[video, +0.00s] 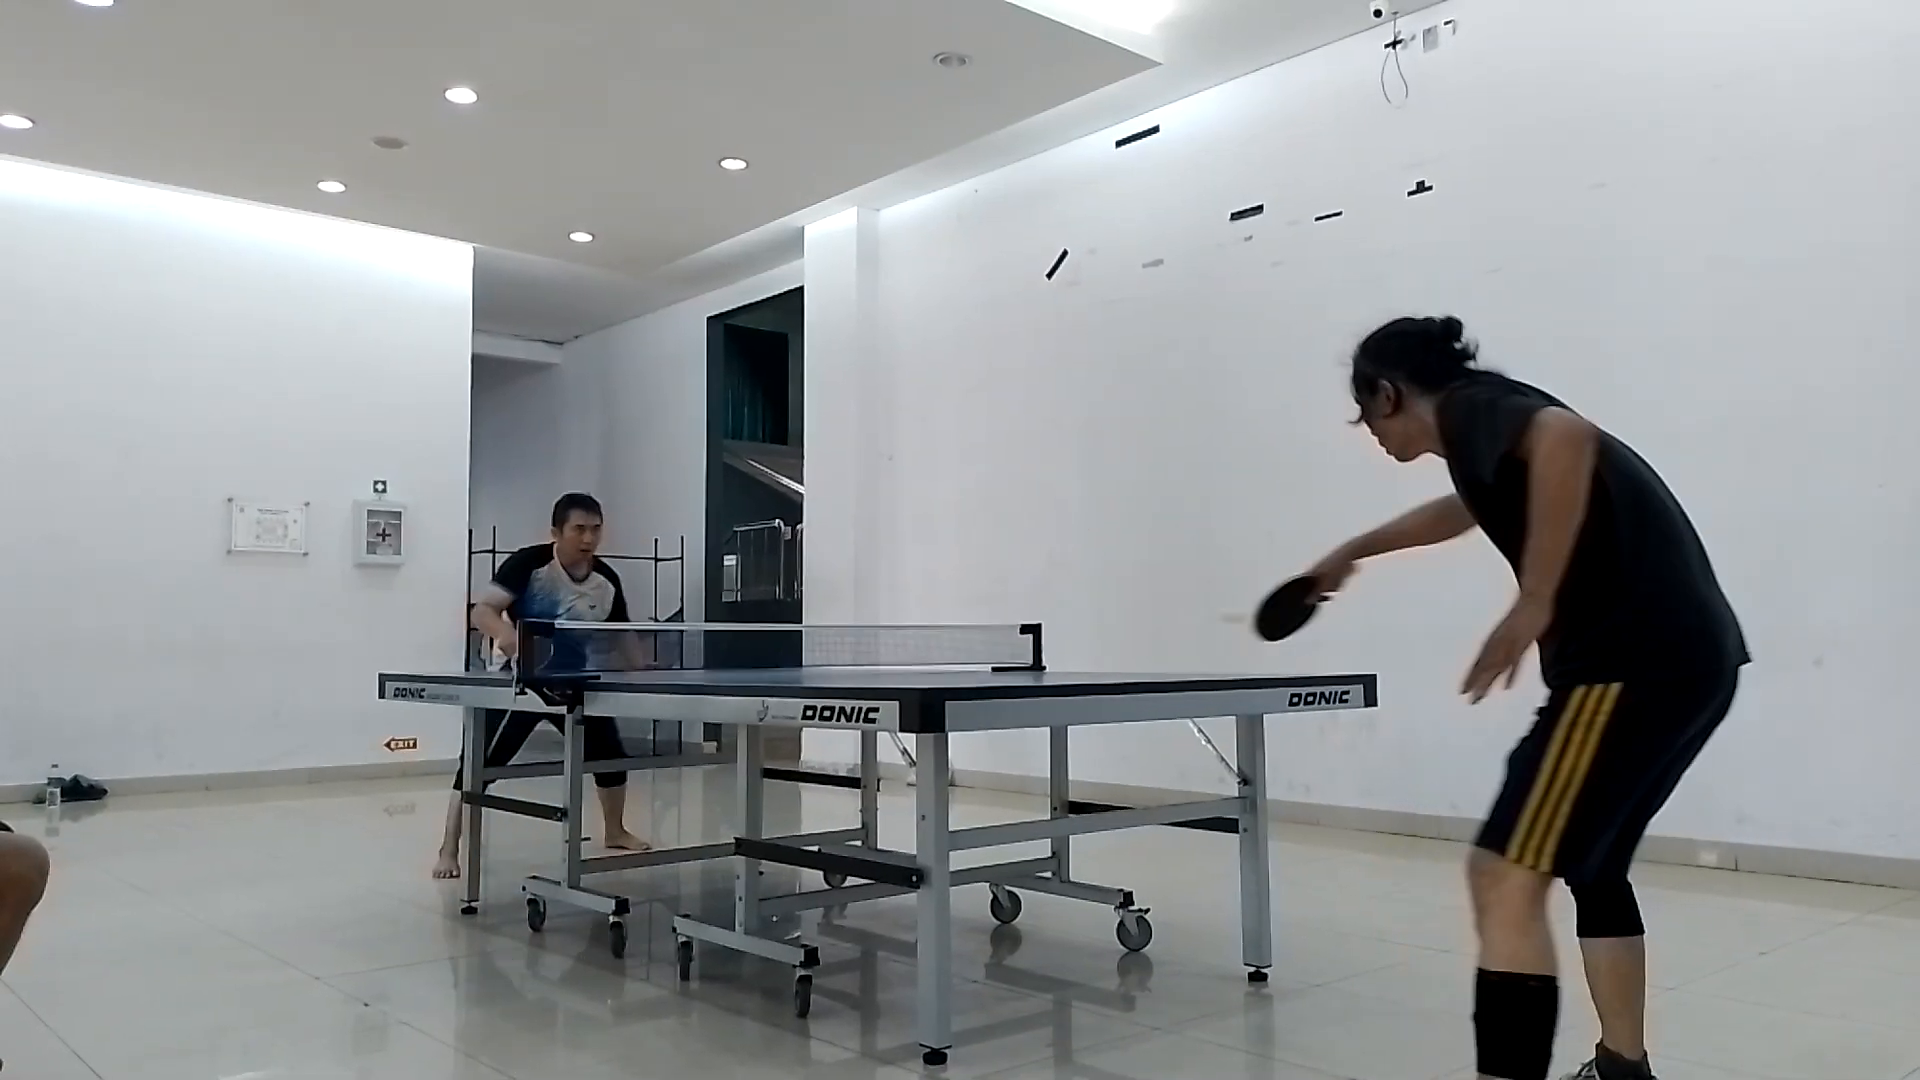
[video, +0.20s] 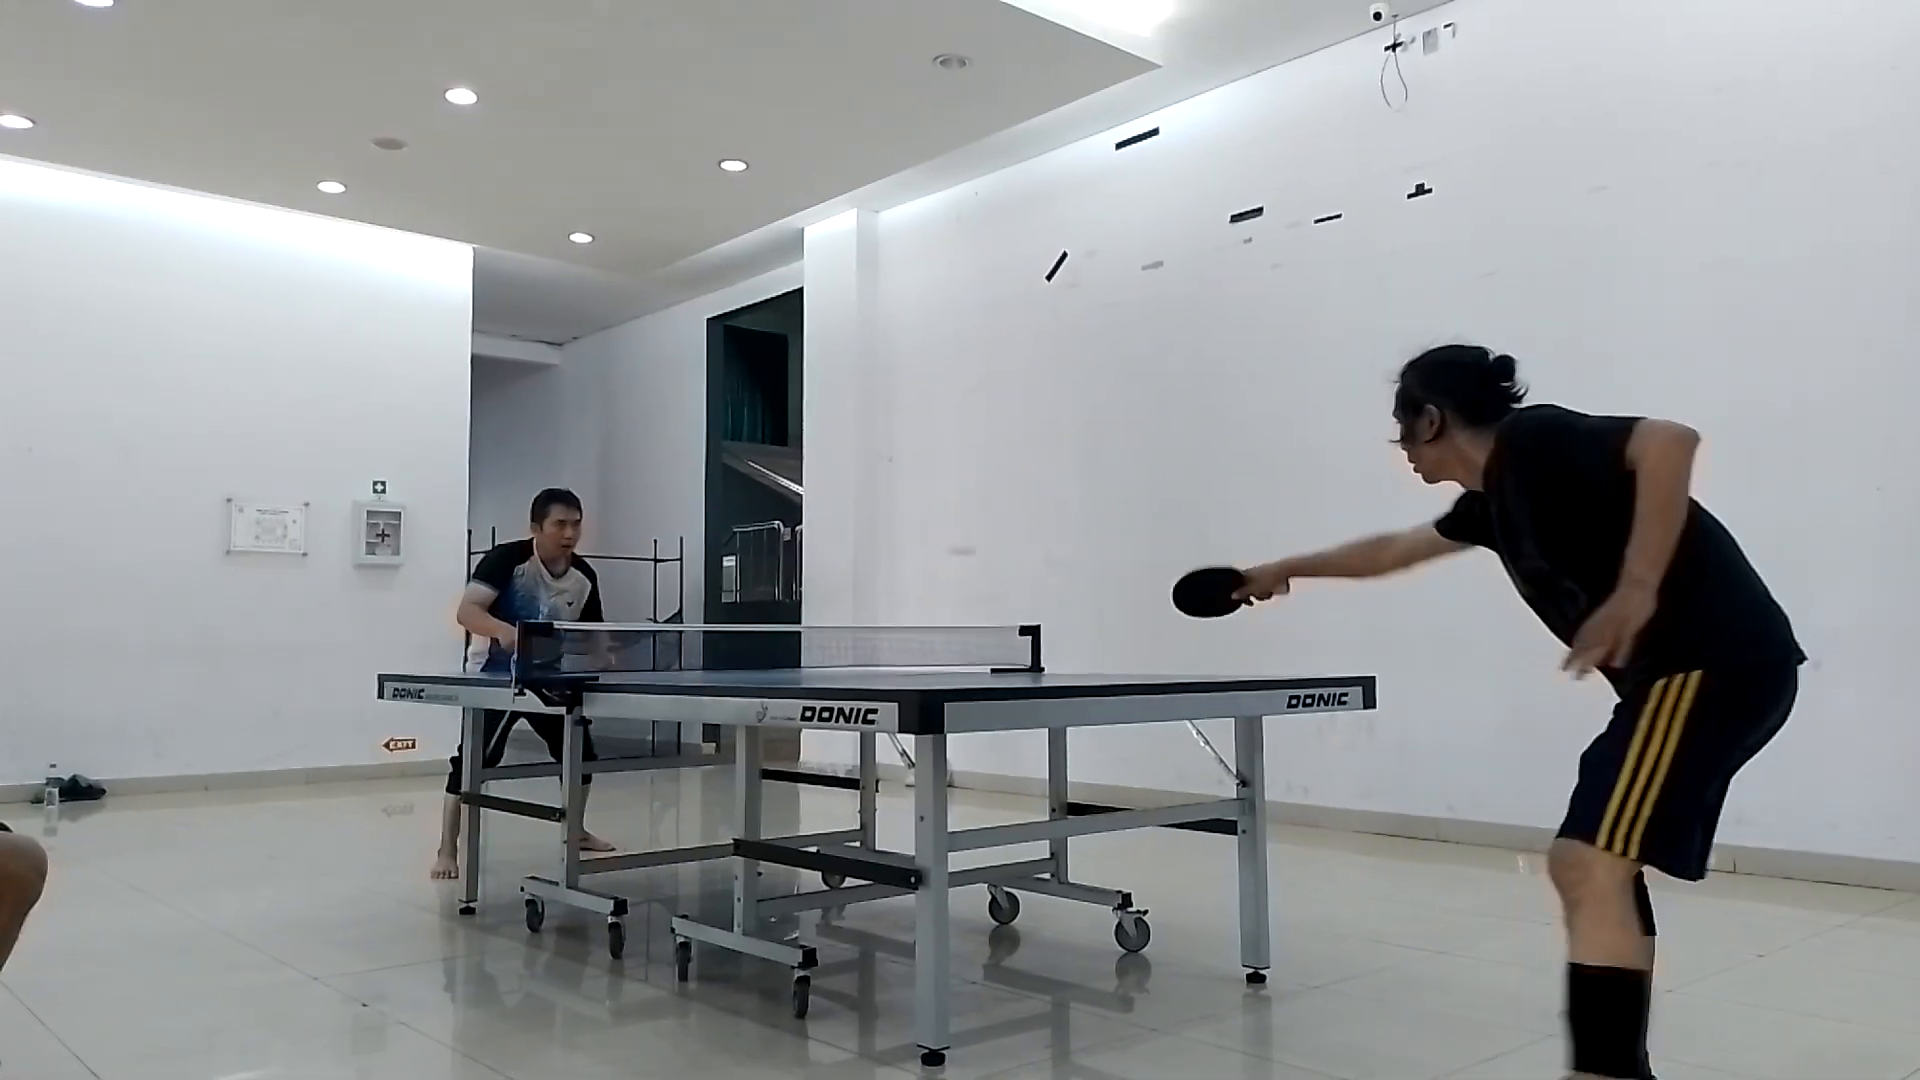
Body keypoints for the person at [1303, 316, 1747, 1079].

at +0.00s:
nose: (1372, 433)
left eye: (1370, 412)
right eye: (1365, 417)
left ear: (1397, 391)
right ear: (1422, 384)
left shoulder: (1468, 404)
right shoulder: (1491, 432)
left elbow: (1565, 435)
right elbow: (1460, 514)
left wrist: (1533, 600)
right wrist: (1350, 551)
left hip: (1629, 663)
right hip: (1688, 659)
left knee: (1503, 873)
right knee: (1595, 866)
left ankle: (1508, 1071)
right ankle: (1623, 1064)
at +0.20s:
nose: (1402, 448)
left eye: (1404, 428)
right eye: (1400, 432)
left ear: (1436, 422)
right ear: (1455, 422)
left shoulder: (1533, 440)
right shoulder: (1489, 509)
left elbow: (1670, 442)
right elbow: (1394, 551)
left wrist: (1635, 589)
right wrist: (1283, 570)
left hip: (1708, 664)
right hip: (1685, 672)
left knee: (1585, 861)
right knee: (1603, 862)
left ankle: (1606, 1067)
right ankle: (1619, 1063)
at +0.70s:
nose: (1540, 345)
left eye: (1543, 320)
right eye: (1538, 325)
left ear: (1584, 304)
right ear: (1608, 304)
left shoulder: (1659, 354)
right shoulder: (1661, 379)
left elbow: (1798, 407)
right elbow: (1789, 535)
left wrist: (1752, 581)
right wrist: (1691, 636)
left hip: (1857, 632)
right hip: (1830, 635)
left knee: (1806, 898)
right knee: (1801, 893)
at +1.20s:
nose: (1656, 341)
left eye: (1664, 311)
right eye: (1654, 318)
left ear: (1720, 291)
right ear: (1723, 294)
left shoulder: (1834, 371)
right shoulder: (1825, 384)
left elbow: (1904, 533)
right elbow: (1869, 600)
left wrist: (1770, 711)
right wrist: (1706, 651)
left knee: (1875, 984)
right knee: (1878, 984)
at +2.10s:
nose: (1638, 283)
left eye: (1641, 254)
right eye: (1635, 259)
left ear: (1698, 243)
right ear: (1715, 242)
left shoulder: (1804, 331)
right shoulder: (1796, 342)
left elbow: (1919, 478)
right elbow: (1889, 542)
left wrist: (1802, 659)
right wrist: (1785, 683)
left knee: (1803, 935)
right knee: (1808, 936)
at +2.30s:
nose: (1560, 283)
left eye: (1566, 252)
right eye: (1559, 257)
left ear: (1628, 242)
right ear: (1637, 244)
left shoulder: (1737, 344)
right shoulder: (1710, 364)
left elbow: (1878, 493)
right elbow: (1711, 571)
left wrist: (1682, 663)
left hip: (1886, 727)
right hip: (1876, 725)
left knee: (1656, 983)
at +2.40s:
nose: (1496, 285)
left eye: (1506, 255)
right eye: (1495, 260)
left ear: (1568, 235)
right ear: (1571, 239)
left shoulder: (1685, 342)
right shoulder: (1647, 372)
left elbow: (1794, 512)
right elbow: (1588, 578)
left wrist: (1576, 677)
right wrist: (1511, 503)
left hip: (1828, 728)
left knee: (1564, 977)